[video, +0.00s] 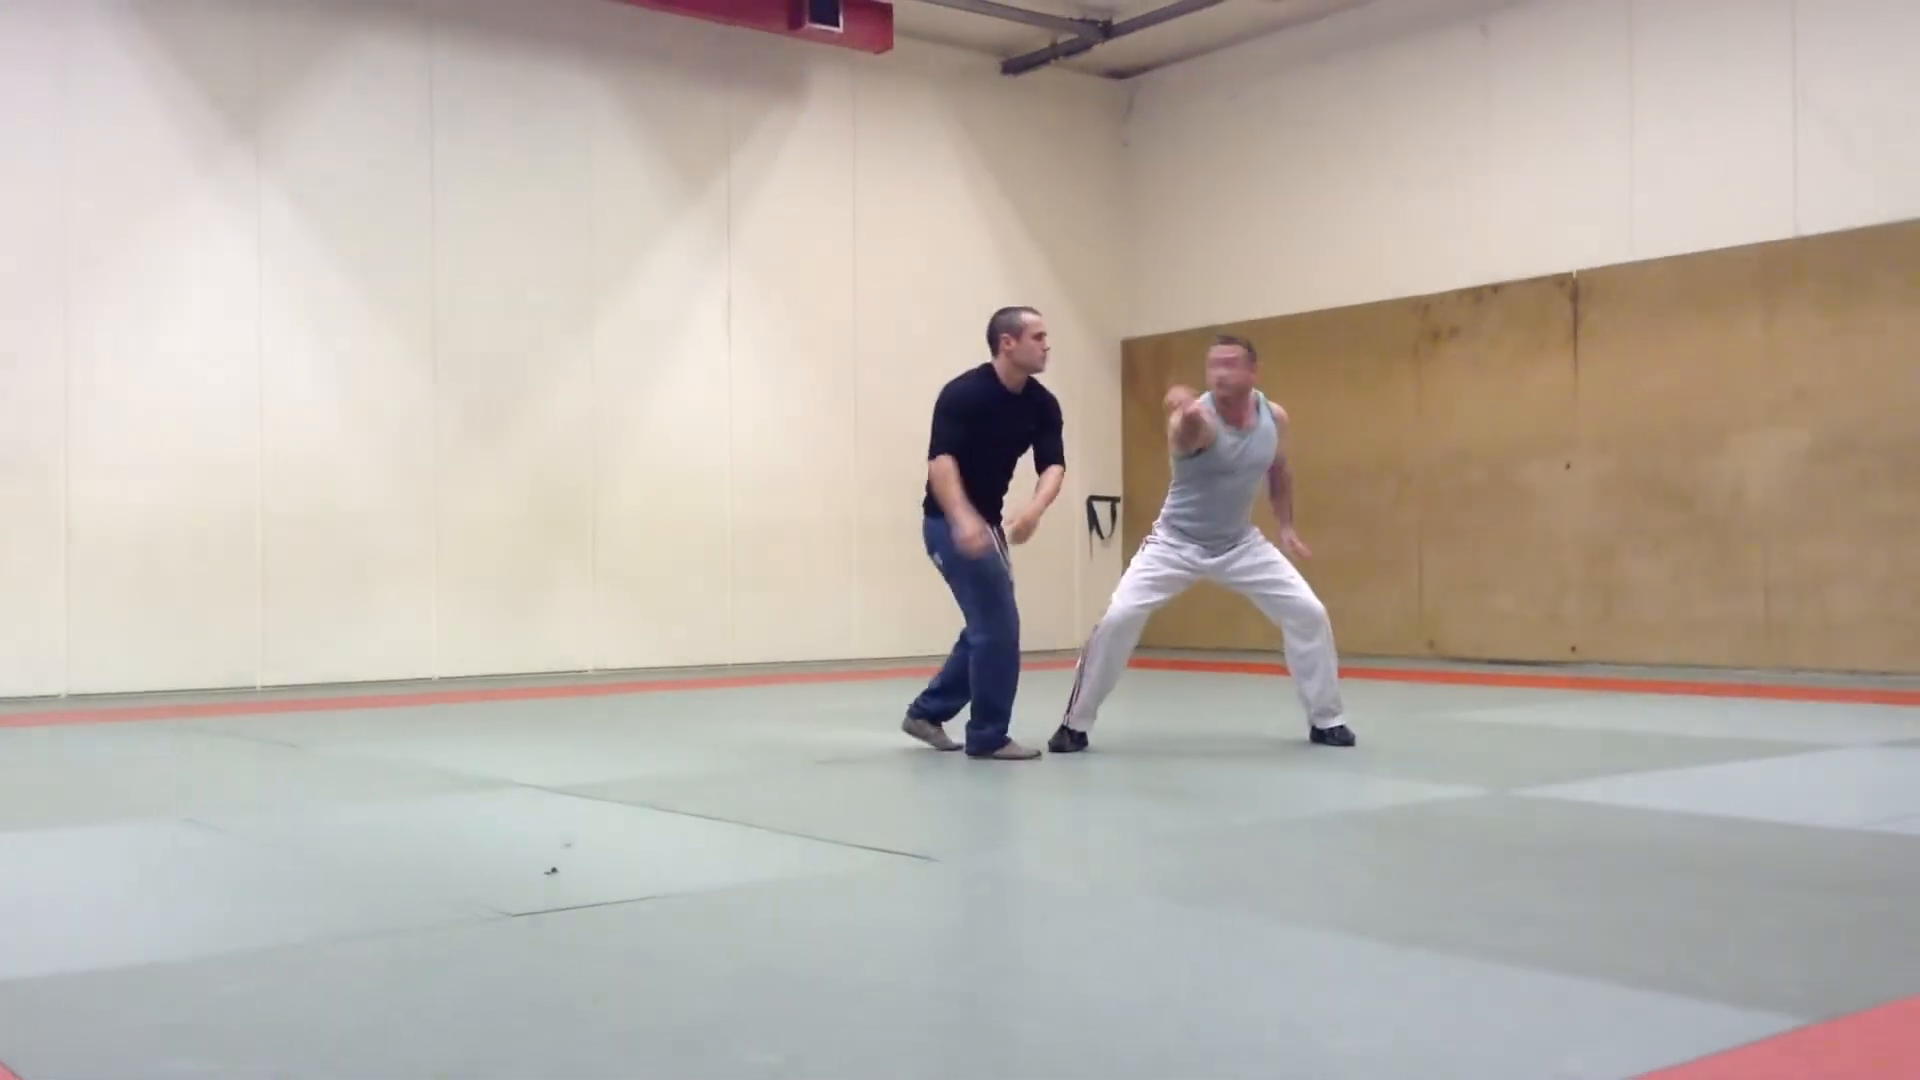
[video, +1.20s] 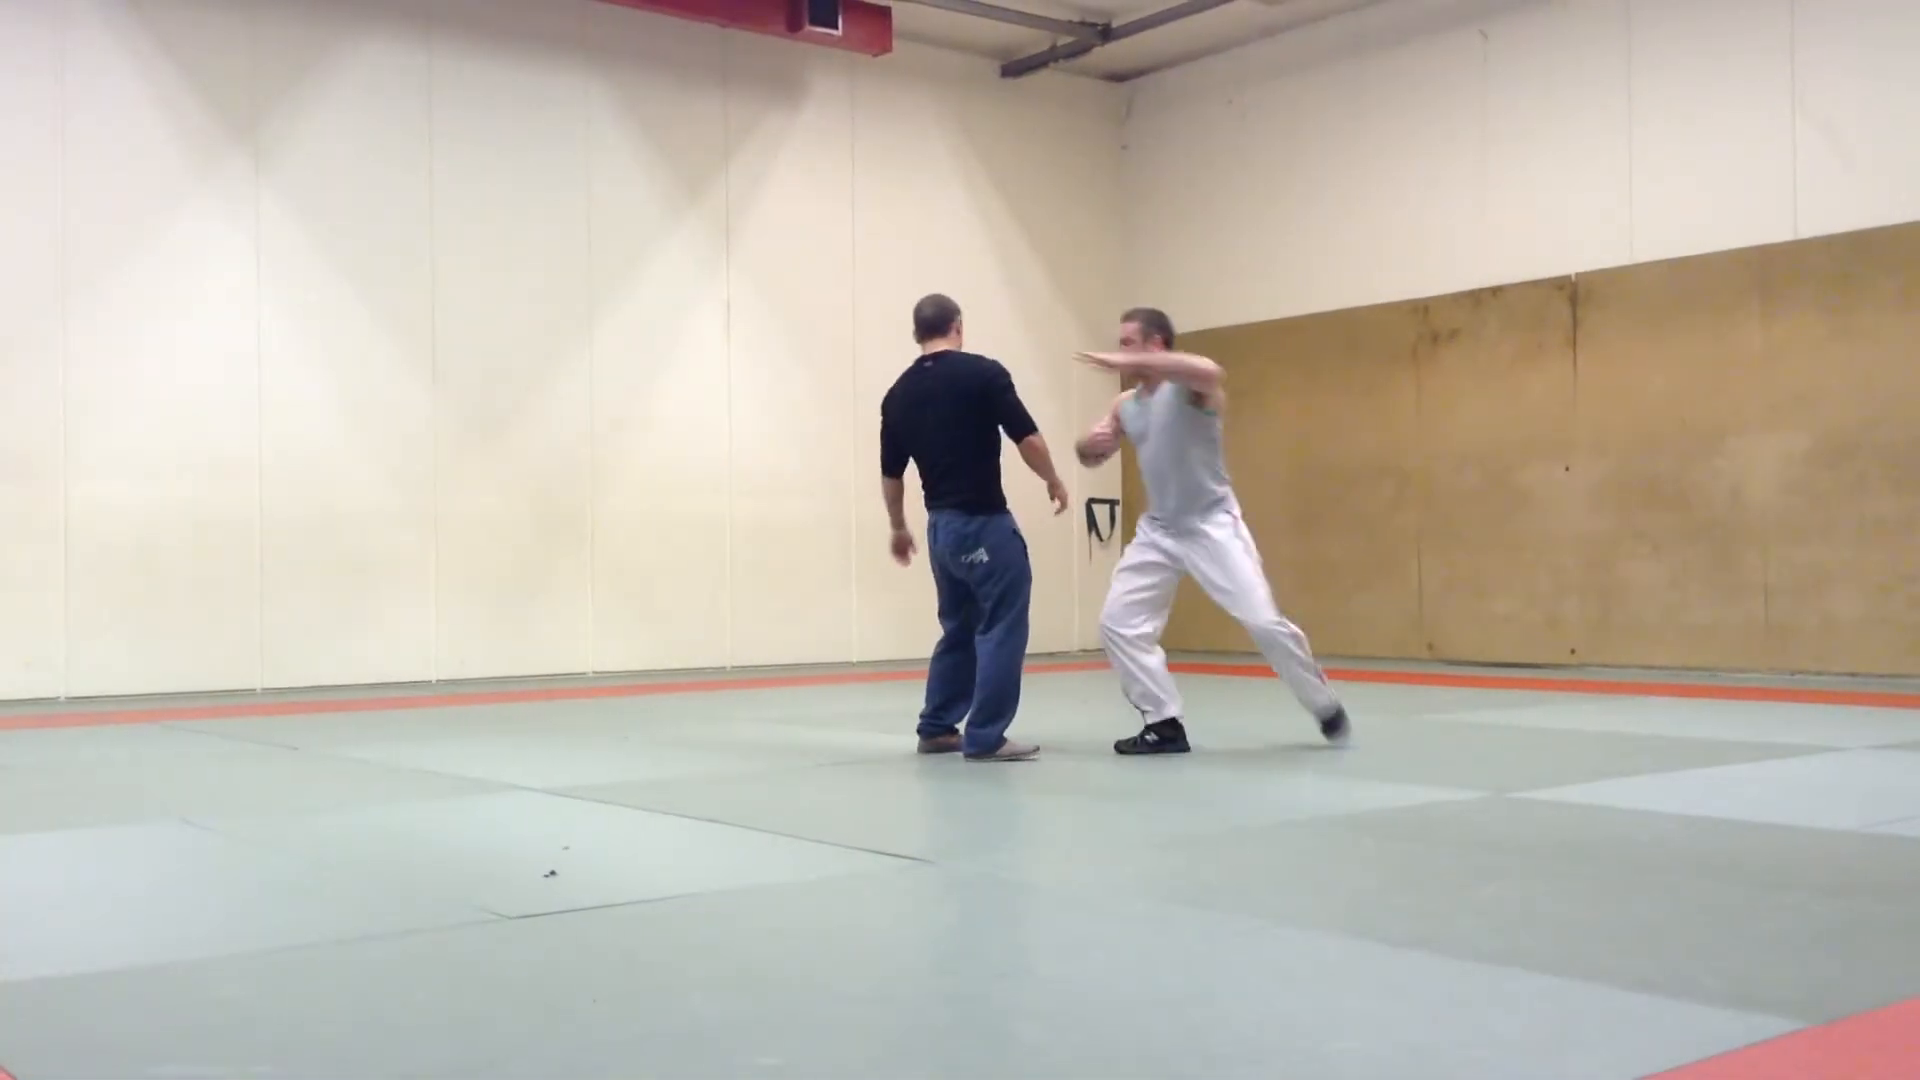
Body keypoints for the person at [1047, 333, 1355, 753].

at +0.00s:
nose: (1219, 373)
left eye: (1230, 365)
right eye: (1214, 365)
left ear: (1253, 372)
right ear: (1206, 371)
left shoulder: (1273, 419)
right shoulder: (1195, 415)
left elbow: (1277, 469)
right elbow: (1185, 439)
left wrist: (1286, 525)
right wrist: (1188, 418)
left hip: (1240, 546)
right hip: (1174, 545)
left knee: (1309, 614)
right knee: (1118, 618)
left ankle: (1325, 720)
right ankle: (1075, 724)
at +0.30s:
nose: (1169, 375)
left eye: (1179, 368)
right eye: (1169, 367)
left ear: (1207, 372)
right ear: (1189, 373)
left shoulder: (1249, 417)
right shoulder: (1161, 415)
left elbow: (1281, 471)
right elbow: (1139, 408)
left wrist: (1289, 534)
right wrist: (1196, 417)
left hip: (1227, 552)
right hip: (1158, 551)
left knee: (1298, 624)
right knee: (1097, 620)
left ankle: (1322, 724)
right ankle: (1069, 728)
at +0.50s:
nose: (1164, 375)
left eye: (1173, 366)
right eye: (1162, 367)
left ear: (1202, 371)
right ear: (1165, 375)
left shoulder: (1247, 418)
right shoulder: (1152, 413)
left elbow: (1280, 472)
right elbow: (1092, 400)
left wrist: (1287, 538)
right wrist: (1150, 396)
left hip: (1226, 551)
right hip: (1157, 551)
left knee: (1299, 625)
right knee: (1096, 621)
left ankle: (1323, 724)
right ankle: (1069, 729)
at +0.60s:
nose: (1164, 373)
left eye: (1174, 364)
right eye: (1164, 364)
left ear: (1203, 369)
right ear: (1166, 371)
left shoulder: (1248, 416)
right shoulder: (1151, 409)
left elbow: (1283, 472)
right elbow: (1090, 395)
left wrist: (1293, 537)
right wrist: (1090, 372)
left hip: (1227, 551)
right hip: (1158, 550)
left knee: (1299, 625)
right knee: (1096, 620)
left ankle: (1323, 724)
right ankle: (1069, 729)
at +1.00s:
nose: (1157, 365)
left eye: (1165, 356)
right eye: (1156, 357)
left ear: (1196, 359)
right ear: (1178, 362)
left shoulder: (1247, 399)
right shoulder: (1153, 411)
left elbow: (1300, 437)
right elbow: (1089, 429)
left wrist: (1284, 469)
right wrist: (1080, 403)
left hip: (1244, 544)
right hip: (1174, 541)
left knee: (1301, 629)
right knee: (1111, 610)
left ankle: (1324, 724)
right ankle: (1091, 722)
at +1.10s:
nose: (1142, 359)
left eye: (1150, 350)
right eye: (1141, 351)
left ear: (1180, 351)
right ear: (1150, 356)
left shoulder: (1222, 385)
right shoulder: (1143, 408)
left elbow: (1269, 408)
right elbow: (1088, 443)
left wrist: (1218, 403)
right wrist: (1092, 433)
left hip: (1235, 537)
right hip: (1171, 537)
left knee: (1291, 630)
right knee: (1113, 612)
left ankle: (1324, 724)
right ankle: (1159, 718)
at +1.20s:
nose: (1121, 354)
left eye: (1129, 344)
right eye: (1120, 345)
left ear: (1158, 344)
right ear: (1132, 349)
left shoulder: (1191, 386)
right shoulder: (1125, 406)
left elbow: (1210, 372)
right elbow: (1089, 457)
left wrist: (1130, 363)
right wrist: (1088, 447)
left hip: (1214, 527)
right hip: (1158, 531)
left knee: (1262, 623)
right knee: (1119, 623)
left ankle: (1326, 708)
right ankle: (1164, 726)